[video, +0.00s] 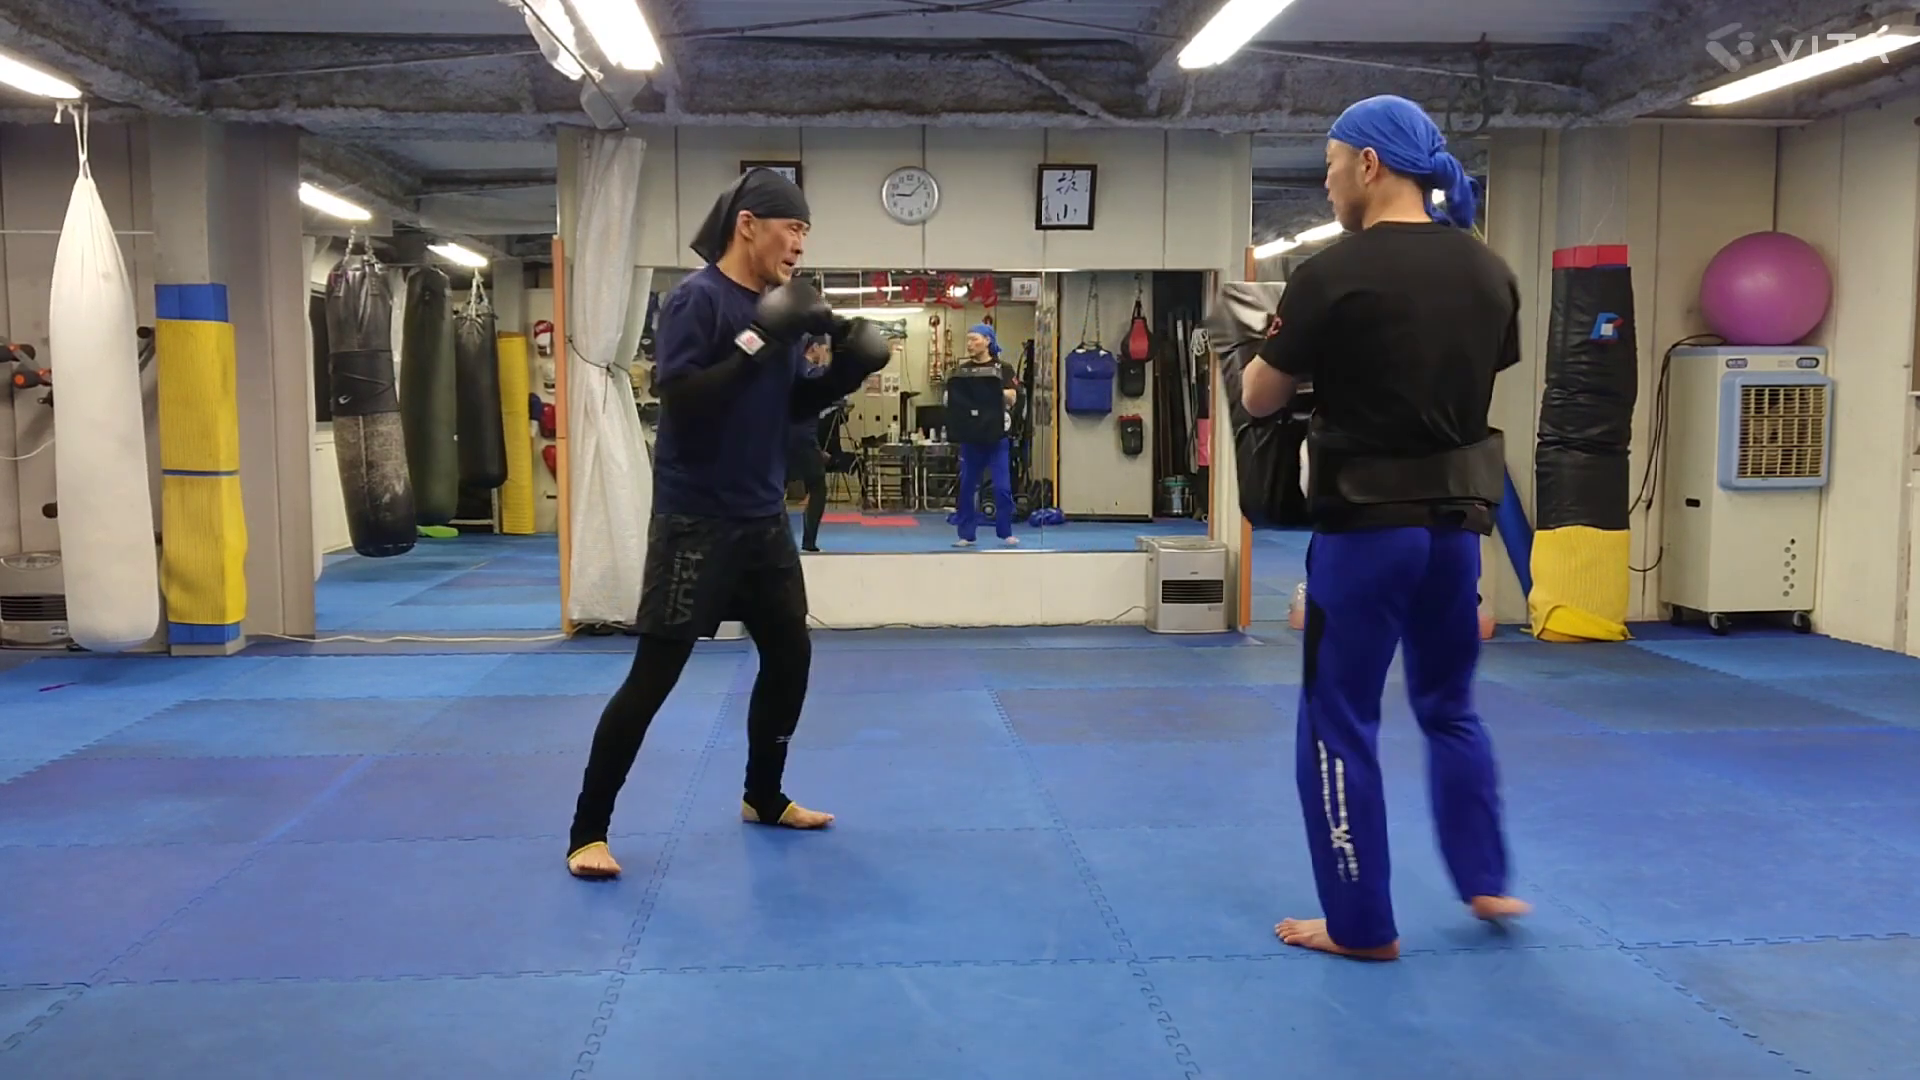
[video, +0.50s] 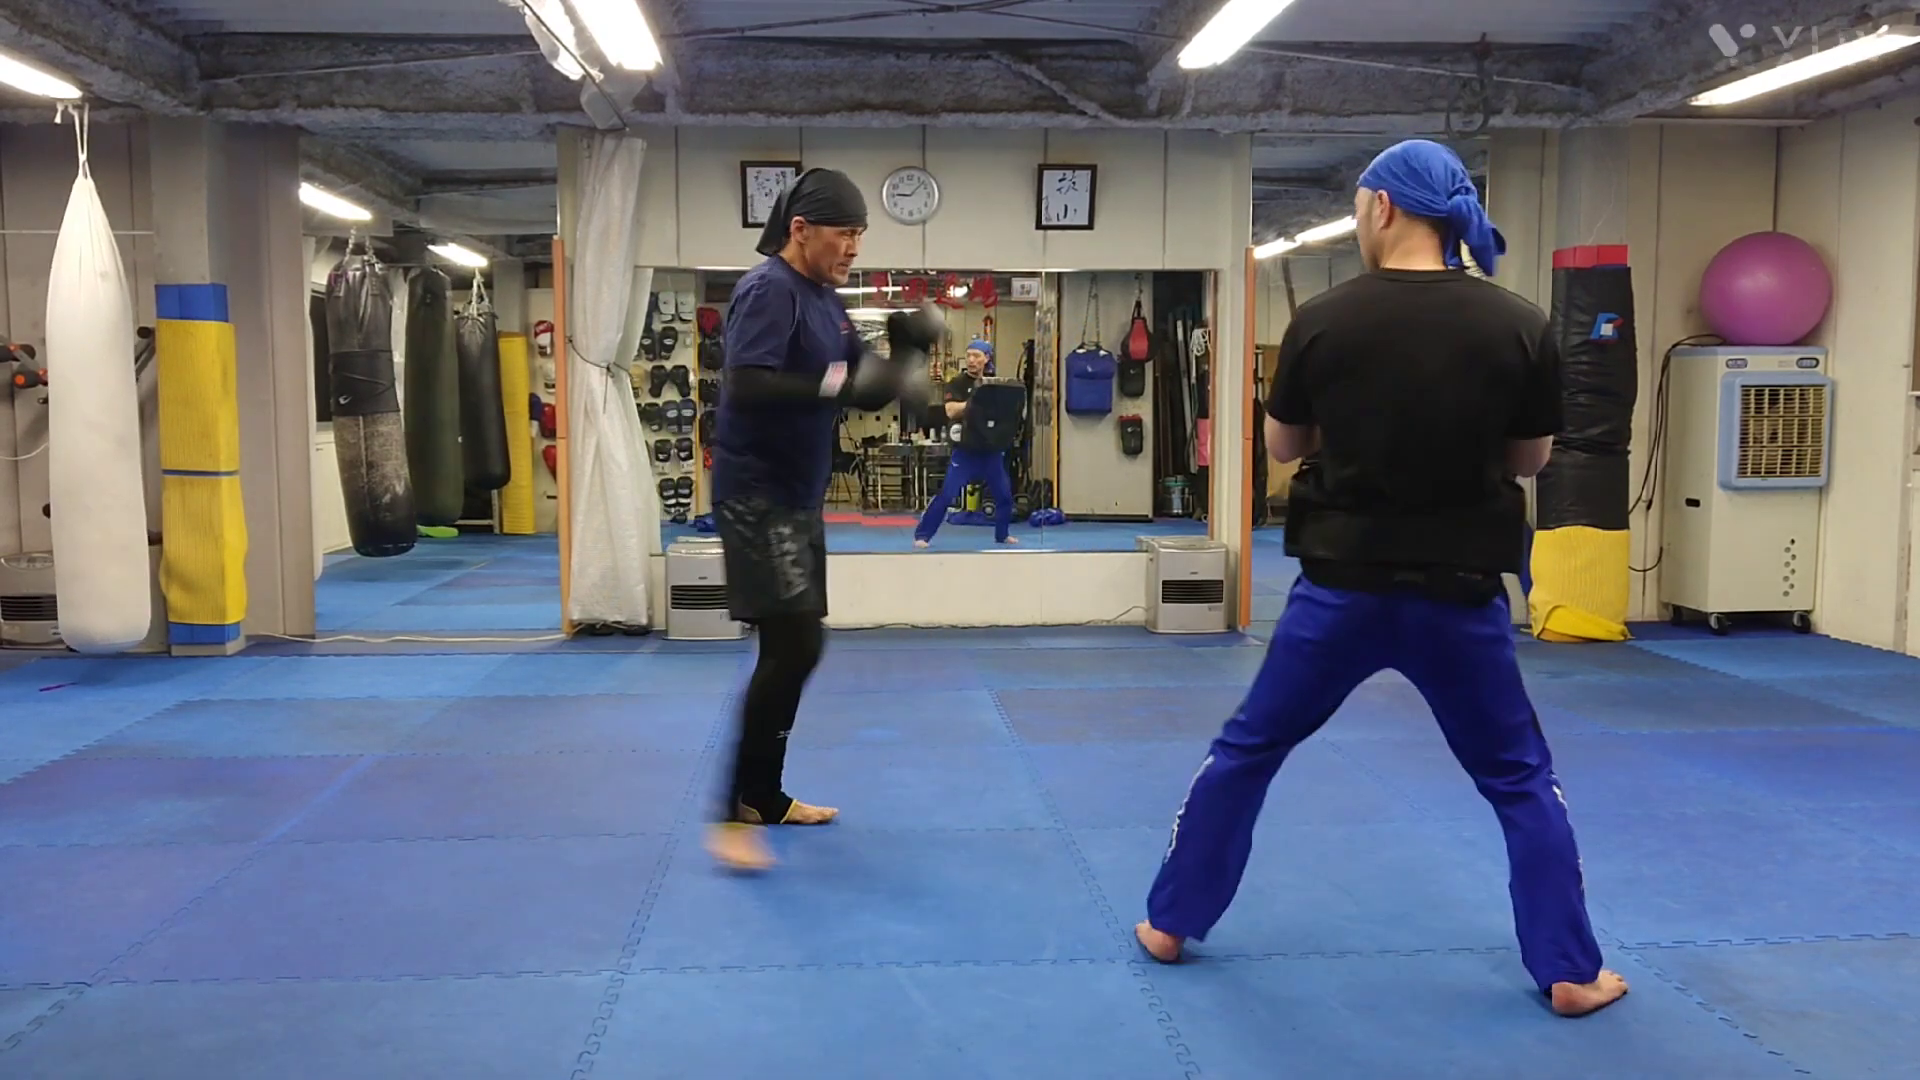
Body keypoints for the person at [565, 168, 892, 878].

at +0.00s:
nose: (798, 248)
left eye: (803, 236)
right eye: (789, 233)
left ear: (786, 238)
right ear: (745, 225)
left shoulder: (779, 313)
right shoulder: (695, 299)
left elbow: (793, 407)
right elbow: (677, 394)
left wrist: (847, 371)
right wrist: (756, 346)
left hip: (762, 521)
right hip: (694, 523)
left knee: (789, 655)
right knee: (653, 677)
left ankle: (764, 797)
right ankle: (588, 834)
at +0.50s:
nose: (855, 247)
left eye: (859, 234)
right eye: (844, 233)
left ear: (836, 236)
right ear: (802, 230)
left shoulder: (826, 302)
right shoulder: (769, 288)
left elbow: (850, 380)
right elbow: (743, 383)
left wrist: (901, 361)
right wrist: (836, 386)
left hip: (796, 501)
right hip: (757, 501)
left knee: (797, 645)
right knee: (790, 645)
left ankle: (763, 799)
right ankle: (736, 815)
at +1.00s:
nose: (816, 231)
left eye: (822, 219)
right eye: (798, 219)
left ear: (832, 224)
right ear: (769, 232)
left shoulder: (855, 281)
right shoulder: (754, 328)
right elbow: (772, 400)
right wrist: (784, 291)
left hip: (953, 422)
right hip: (898, 501)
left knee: (1080, 386)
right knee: (919, 675)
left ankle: (1258, 392)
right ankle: (929, 857)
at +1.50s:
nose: (996, 229)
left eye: (999, 215)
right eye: (984, 213)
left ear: (964, 218)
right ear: (937, 212)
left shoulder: (953, 293)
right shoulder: (896, 293)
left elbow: (959, 400)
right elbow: (902, 401)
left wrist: (1033, 386)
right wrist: (977, 332)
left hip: (917, 502)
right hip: (880, 505)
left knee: (921, 658)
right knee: (907, 666)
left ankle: (908, 806)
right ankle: (890, 854)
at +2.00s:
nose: (1018, 234)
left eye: (1024, 220)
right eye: (1002, 223)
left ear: (1030, 222)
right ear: (960, 228)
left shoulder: (1030, 300)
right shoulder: (938, 291)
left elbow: (1094, 382)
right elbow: (869, 387)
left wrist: (1122, 358)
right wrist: (935, 403)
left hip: (981, 517)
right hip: (928, 516)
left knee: (948, 666)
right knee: (965, 676)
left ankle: (903, 808)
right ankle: (1000, 881)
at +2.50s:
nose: (961, 221)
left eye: (967, 205)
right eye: (940, 212)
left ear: (983, 213)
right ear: (907, 234)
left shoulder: (1038, 264)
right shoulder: (908, 329)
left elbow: (1130, 334)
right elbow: (876, 417)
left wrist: (1211, 388)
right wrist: (874, 303)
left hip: (1126, 426)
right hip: (1064, 505)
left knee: (1174, 380)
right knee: (1073, 717)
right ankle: (1101, 916)